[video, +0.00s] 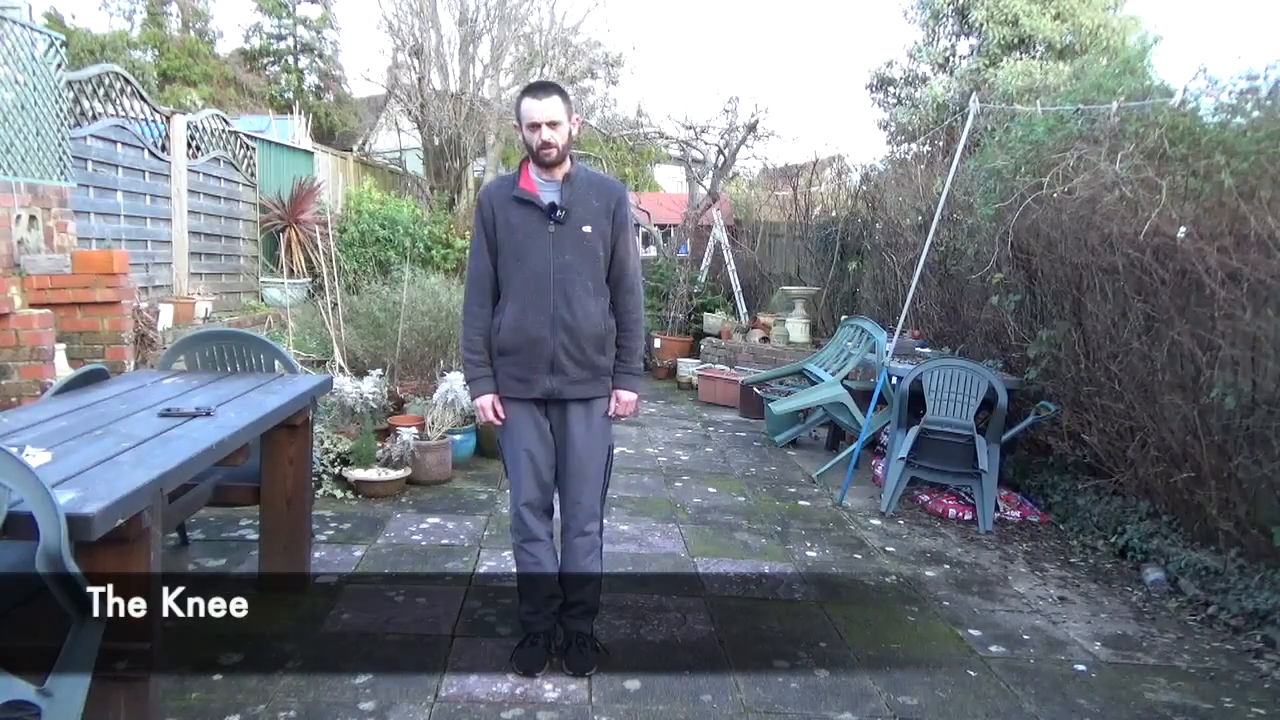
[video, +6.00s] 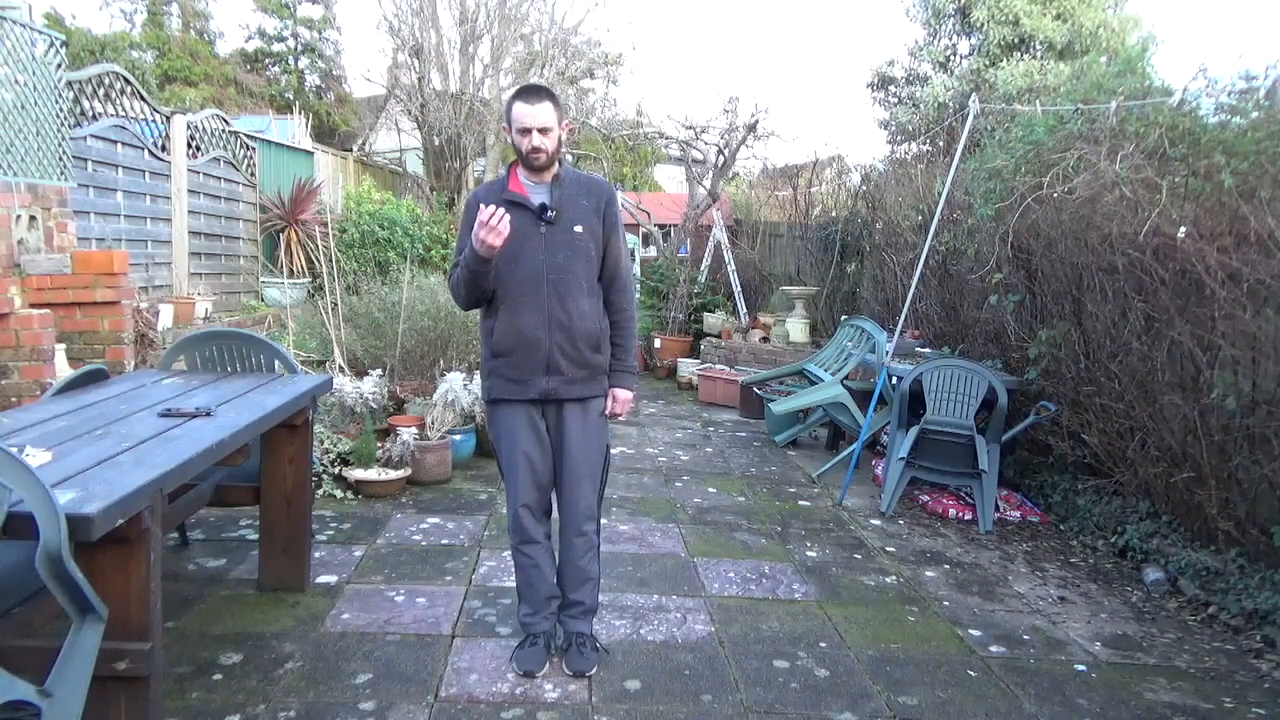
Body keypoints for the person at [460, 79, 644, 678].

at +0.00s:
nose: (542, 135)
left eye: (552, 124)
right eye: (532, 126)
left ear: (573, 126)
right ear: (520, 132)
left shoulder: (609, 194)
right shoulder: (495, 198)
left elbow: (629, 292)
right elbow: (478, 296)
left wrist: (628, 376)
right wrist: (479, 380)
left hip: (590, 378)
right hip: (517, 380)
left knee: (583, 509)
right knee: (529, 507)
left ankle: (579, 631)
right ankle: (536, 631)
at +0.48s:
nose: (544, 137)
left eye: (554, 126)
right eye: (533, 127)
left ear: (572, 126)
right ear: (520, 129)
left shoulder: (606, 194)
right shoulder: (494, 199)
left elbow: (627, 290)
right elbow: (461, 283)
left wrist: (628, 375)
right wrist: (491, 300)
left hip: (589, 378)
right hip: (517, 380)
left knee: (584, 510)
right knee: (528, 506)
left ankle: (579, 631)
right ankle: (535, 631)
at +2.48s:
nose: (554, 138)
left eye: (564, 128)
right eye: (544, 127)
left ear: (579, 133)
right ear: (526, 130)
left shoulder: (607, 198)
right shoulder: (493, 199)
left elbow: (626, 293)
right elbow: (467, 292)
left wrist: (628, 377)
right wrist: (492, 266)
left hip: (591, 379)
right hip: (517, 380)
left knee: (583, 512)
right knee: (529, 511)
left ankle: (580, 626)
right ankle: (536, 628)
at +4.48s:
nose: (535, 141)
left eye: (544, 130)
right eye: (524, 132)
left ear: (564, 130)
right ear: (511, 134)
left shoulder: (599, 195)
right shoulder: (487, 198)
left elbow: (622, 291)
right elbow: (465, 295)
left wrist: (625, 375)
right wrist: (484, 259)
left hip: (586, 378)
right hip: (513, 380)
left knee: (582, 512)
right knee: (526, 512)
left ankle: (580, 626)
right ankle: (535, 627)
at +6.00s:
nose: (533, 141)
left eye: (543, 130)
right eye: (523, 132)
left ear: (563, 129)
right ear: (510, 135)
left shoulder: (598, 195)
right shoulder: (486, 199)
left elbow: (619, 290)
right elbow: (464, 295)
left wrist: (623, 373)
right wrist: (480, 253)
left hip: (585, 376)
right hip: (512, 379)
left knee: (581, 512)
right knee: (525, 512)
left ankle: (580, 626)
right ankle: (536, 628)